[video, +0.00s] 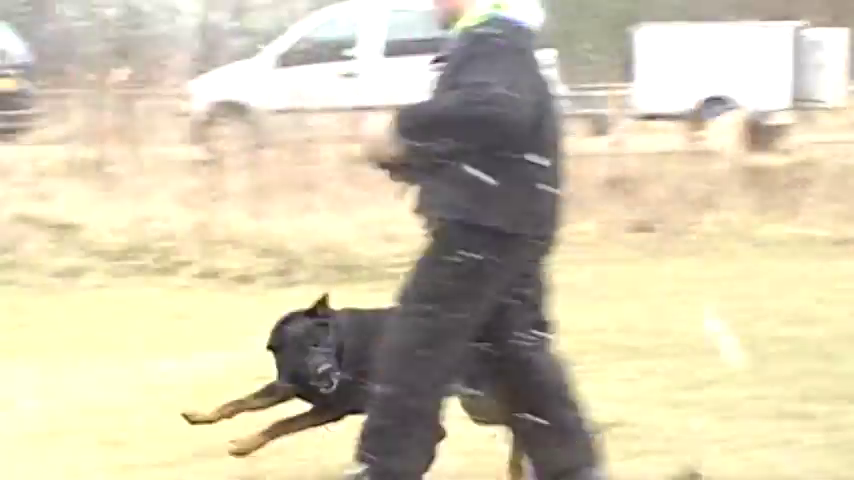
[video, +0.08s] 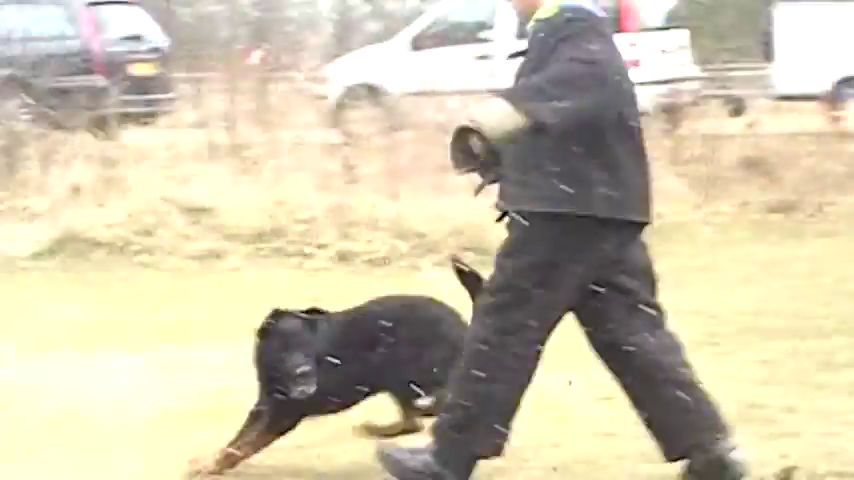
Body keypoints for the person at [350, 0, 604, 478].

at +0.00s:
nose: (437, 8)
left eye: (441, 2)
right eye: (438, 4)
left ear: (458, 2)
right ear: (484, 2)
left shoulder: (490, 41)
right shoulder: (494, 45)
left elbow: (502, 111)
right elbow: (473, 145)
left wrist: (406, 125)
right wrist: (409, 158)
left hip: (486, 228)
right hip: (510, 230)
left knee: (415, 342)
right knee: (518, 352)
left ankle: (387, 466)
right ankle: (570, 465)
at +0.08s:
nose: (512, 6)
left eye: (517, 1)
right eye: (514, 2)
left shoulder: (573, 27)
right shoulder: (558, 37)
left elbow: (591, 86)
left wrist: (513, 112)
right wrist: (500, 150)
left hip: (565, 214)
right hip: (600, 216)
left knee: (503, 330)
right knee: (633, 336)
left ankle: (449, 455)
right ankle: (709, 451)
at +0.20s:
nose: (473, 5)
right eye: (473, 1)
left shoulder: (530, 32)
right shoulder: (526, 36)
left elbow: (547, 97)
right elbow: (492, 105)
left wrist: (461, 136)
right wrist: (450, 137)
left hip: (515, 215)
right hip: (556, 215)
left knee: (456, 330)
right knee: (576, 326)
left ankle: (460, 466)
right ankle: (688, 404)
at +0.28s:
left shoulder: (489, 18)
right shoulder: (525, 25)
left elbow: (486, 98)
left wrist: (401, 125)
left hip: (478, 198)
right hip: (525, 198)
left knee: (447, 316)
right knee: (510, 304)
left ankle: (469, 450)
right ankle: (611, 386)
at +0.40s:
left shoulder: (451, 7)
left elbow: (432, 72)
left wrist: (366, 74)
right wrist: (385, 84)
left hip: (456, 164)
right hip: (436, 161)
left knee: (463, 292)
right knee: (414, 280)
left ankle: (498, 425)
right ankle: (456, 404)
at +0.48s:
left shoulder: (436, 6)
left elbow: (404, 64)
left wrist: (360, 62)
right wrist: (380, 65)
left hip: (448, 157)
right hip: (425, 155)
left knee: (478, 283)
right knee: (396, 275)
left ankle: (527, 417)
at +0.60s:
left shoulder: (473, 10)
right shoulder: (531, 12)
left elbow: (440, 69)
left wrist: (397, 67)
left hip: (488, 166)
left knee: (536, 289)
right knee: (430, 283)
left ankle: (624, 406)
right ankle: (387, 408)